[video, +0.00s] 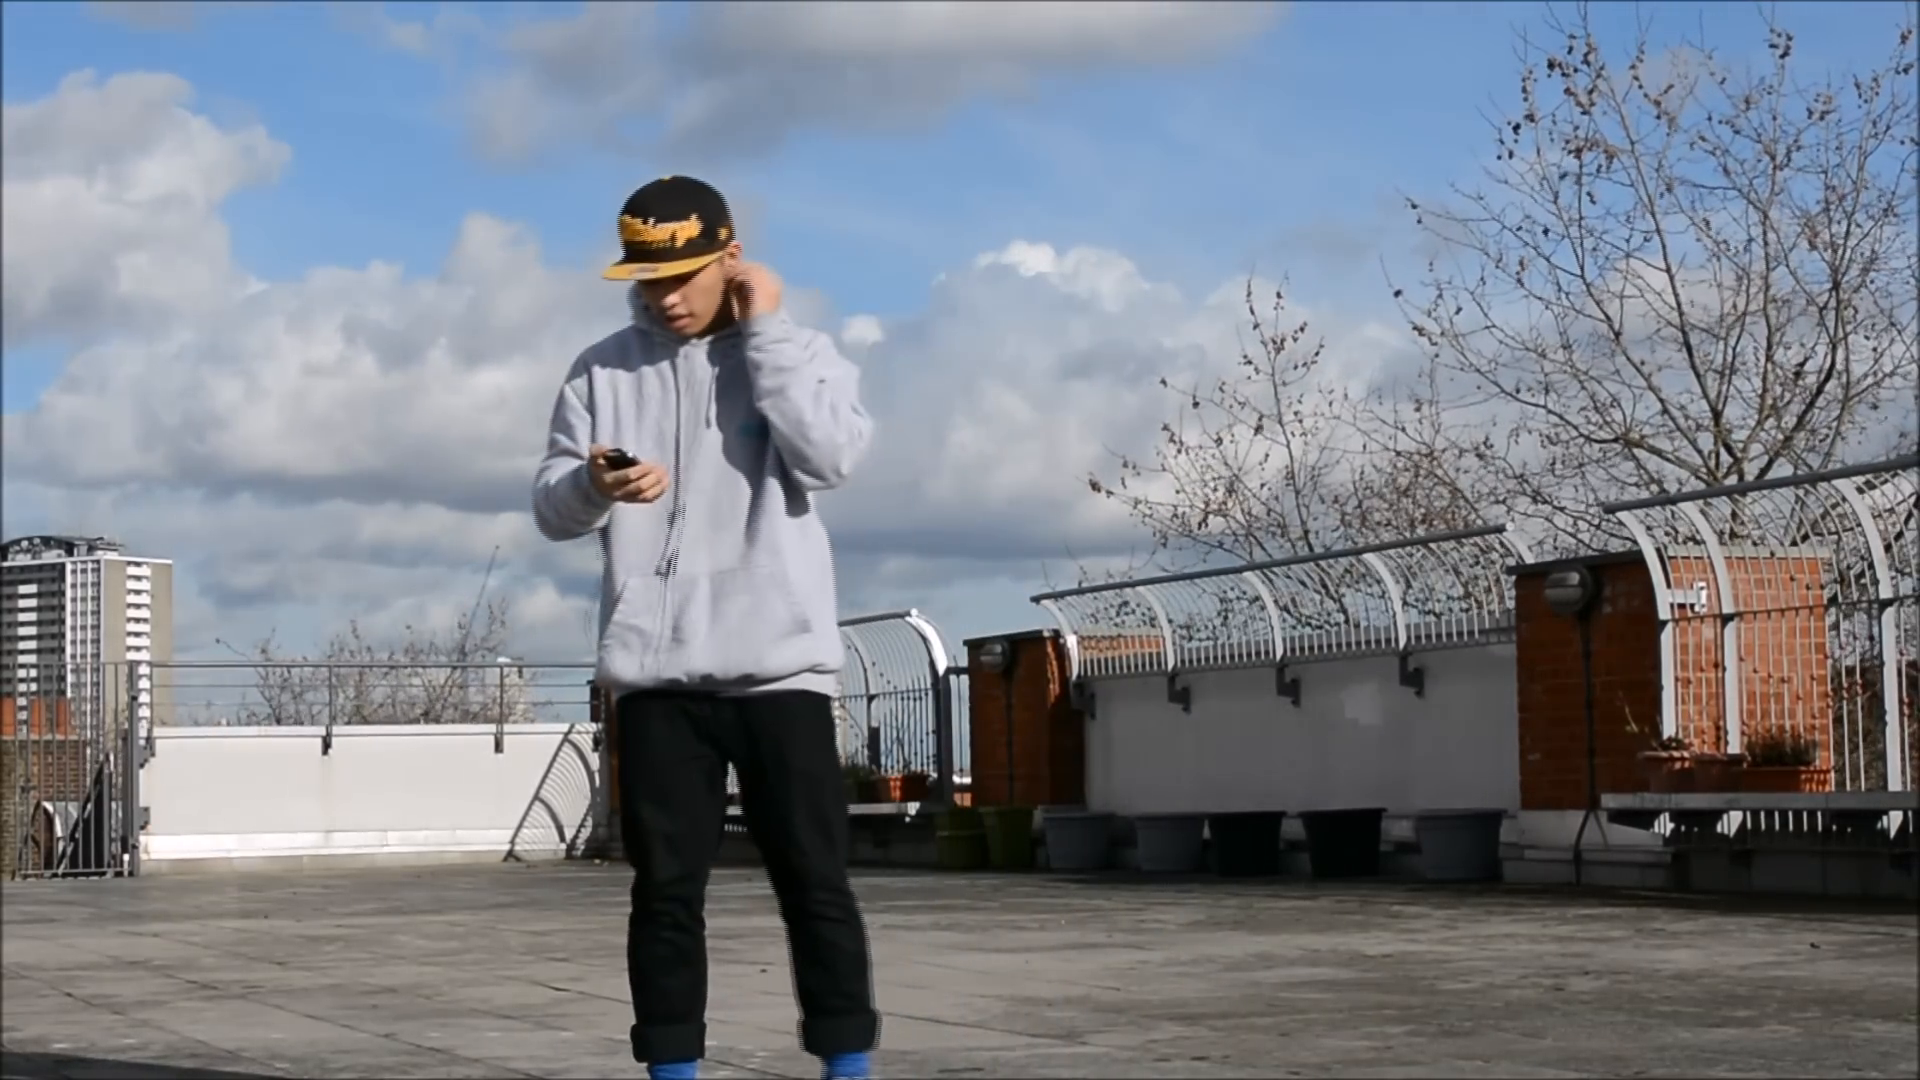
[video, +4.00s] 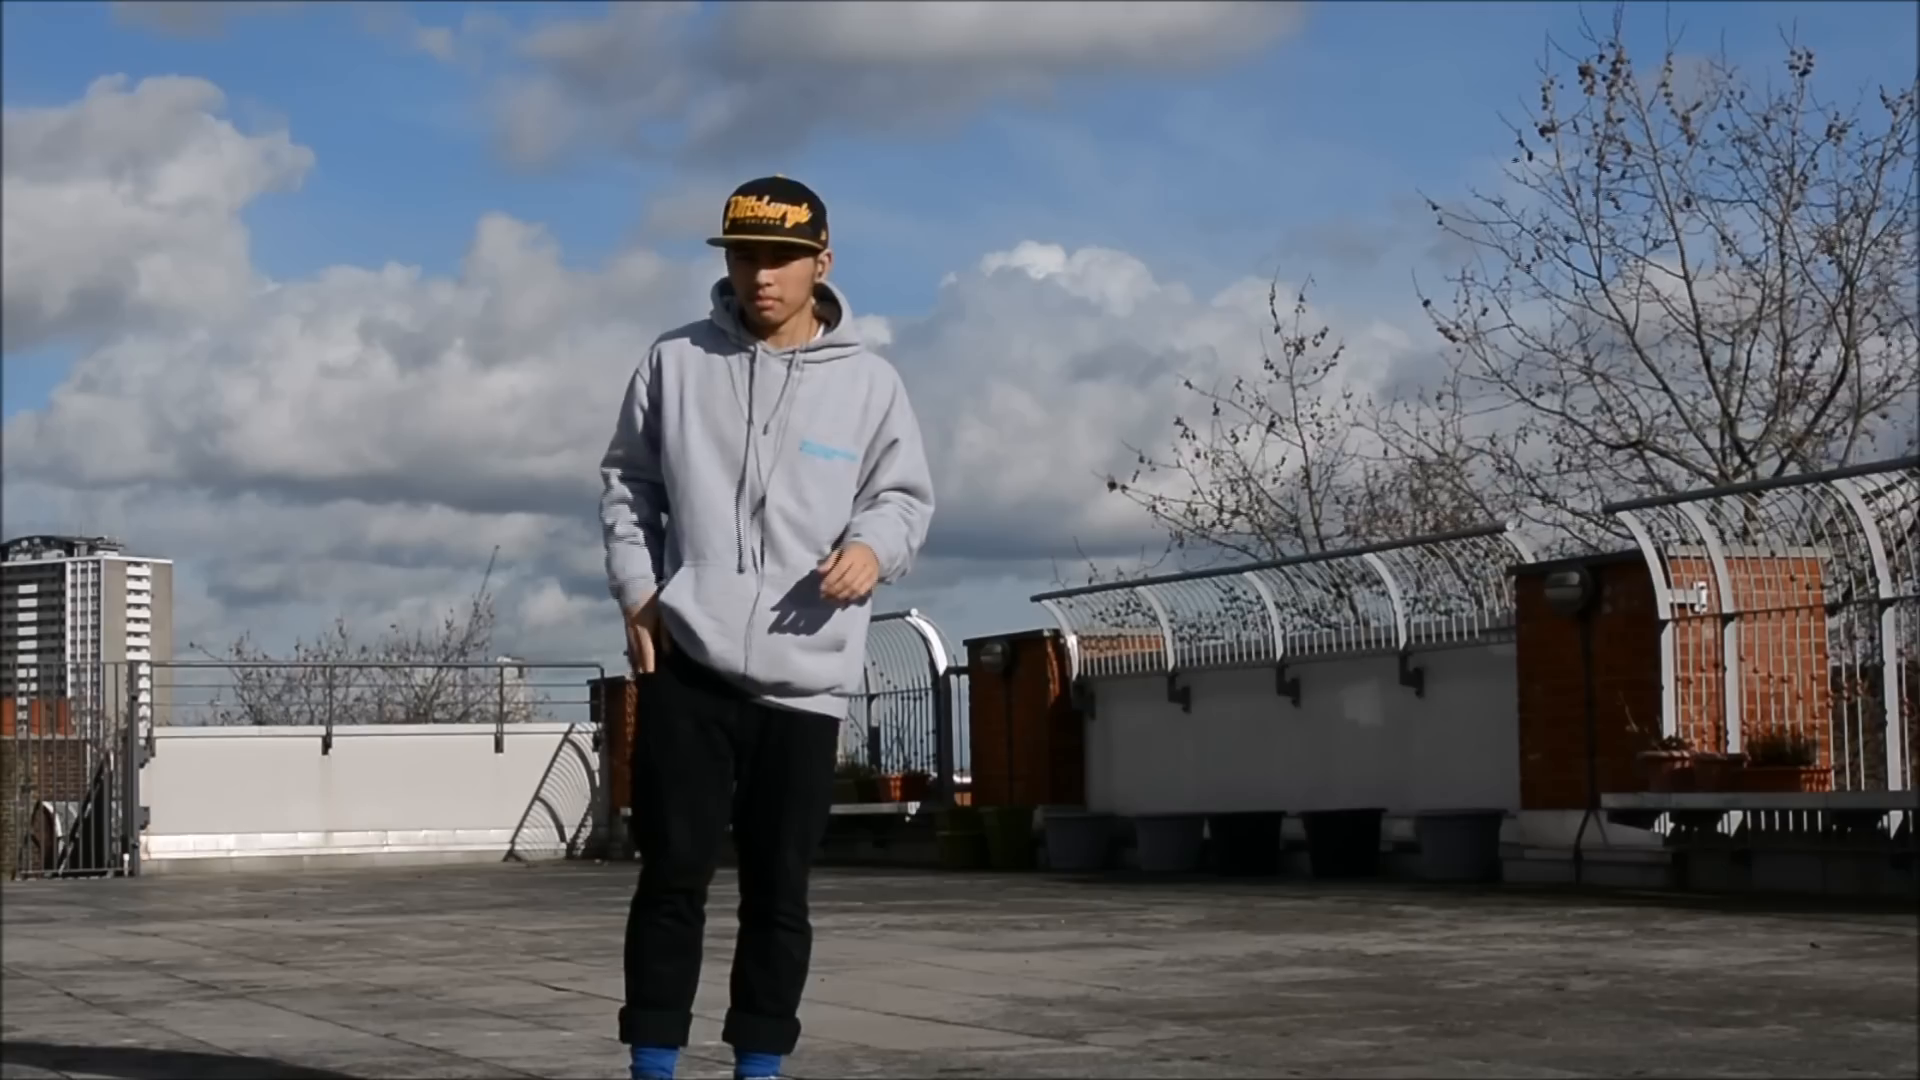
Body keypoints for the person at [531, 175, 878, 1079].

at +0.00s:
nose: (665, 300)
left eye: (682, 279)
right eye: (647, 283)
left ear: (730, 257)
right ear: (628, 272)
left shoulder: (793, 350)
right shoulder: (600, 371)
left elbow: (831, 457)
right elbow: (551, 510)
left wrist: (765, 328)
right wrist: (596, 486)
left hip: (780, 662)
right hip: (654, 667)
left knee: (813, 878)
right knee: (665, 884)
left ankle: (846, 1062)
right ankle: (672, 1068)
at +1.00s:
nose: (750, 325)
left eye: (767, 309)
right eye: (733, 310)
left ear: (800, 290)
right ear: (708, 294)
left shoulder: (852, 384)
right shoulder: (659, 383)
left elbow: (891, 508)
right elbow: (619, 510)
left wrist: (842, 504)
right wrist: (686, 502)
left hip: (806, 677)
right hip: (688, 673)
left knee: (782, 883)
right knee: (677, 874)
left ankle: (762, 1063)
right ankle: (658, 1061)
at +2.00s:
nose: (762, 319)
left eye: (781, 304)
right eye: (746, 302)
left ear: (816, 289)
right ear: (724, 287)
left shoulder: (862, 390)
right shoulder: (669, 378)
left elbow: (892, 516)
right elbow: (623, 495)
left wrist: (808, 532)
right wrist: (689, 523)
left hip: (804, 680)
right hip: (686, 674)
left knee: (780, 886)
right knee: (673, 877)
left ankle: (761, 1062)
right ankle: (654, 1061)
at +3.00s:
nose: (752, 288)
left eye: (771, 271)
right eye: (737, 270)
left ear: (809, 270)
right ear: (717, 270)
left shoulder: (864, 380)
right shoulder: (665, 384)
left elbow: (908, 490)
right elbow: (630, 533)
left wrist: (875, 541)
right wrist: (614, 660)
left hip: (802, 679)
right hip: (680, 673)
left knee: (779, 888)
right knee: (670, 879)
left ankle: (761, 1064)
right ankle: (652, 1063)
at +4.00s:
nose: (761, 276)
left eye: (782, 258)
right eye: (746, 258)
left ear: (819, 264)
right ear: (727, 263)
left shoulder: (870, 380)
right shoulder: (673, 362)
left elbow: (904, 495)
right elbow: (625, 483)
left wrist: (873, 546)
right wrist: (638, 590)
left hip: (805, 672)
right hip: (686, 659)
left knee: (780, 884)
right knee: (673, 872)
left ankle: (762, 1063)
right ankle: (653, 1062)